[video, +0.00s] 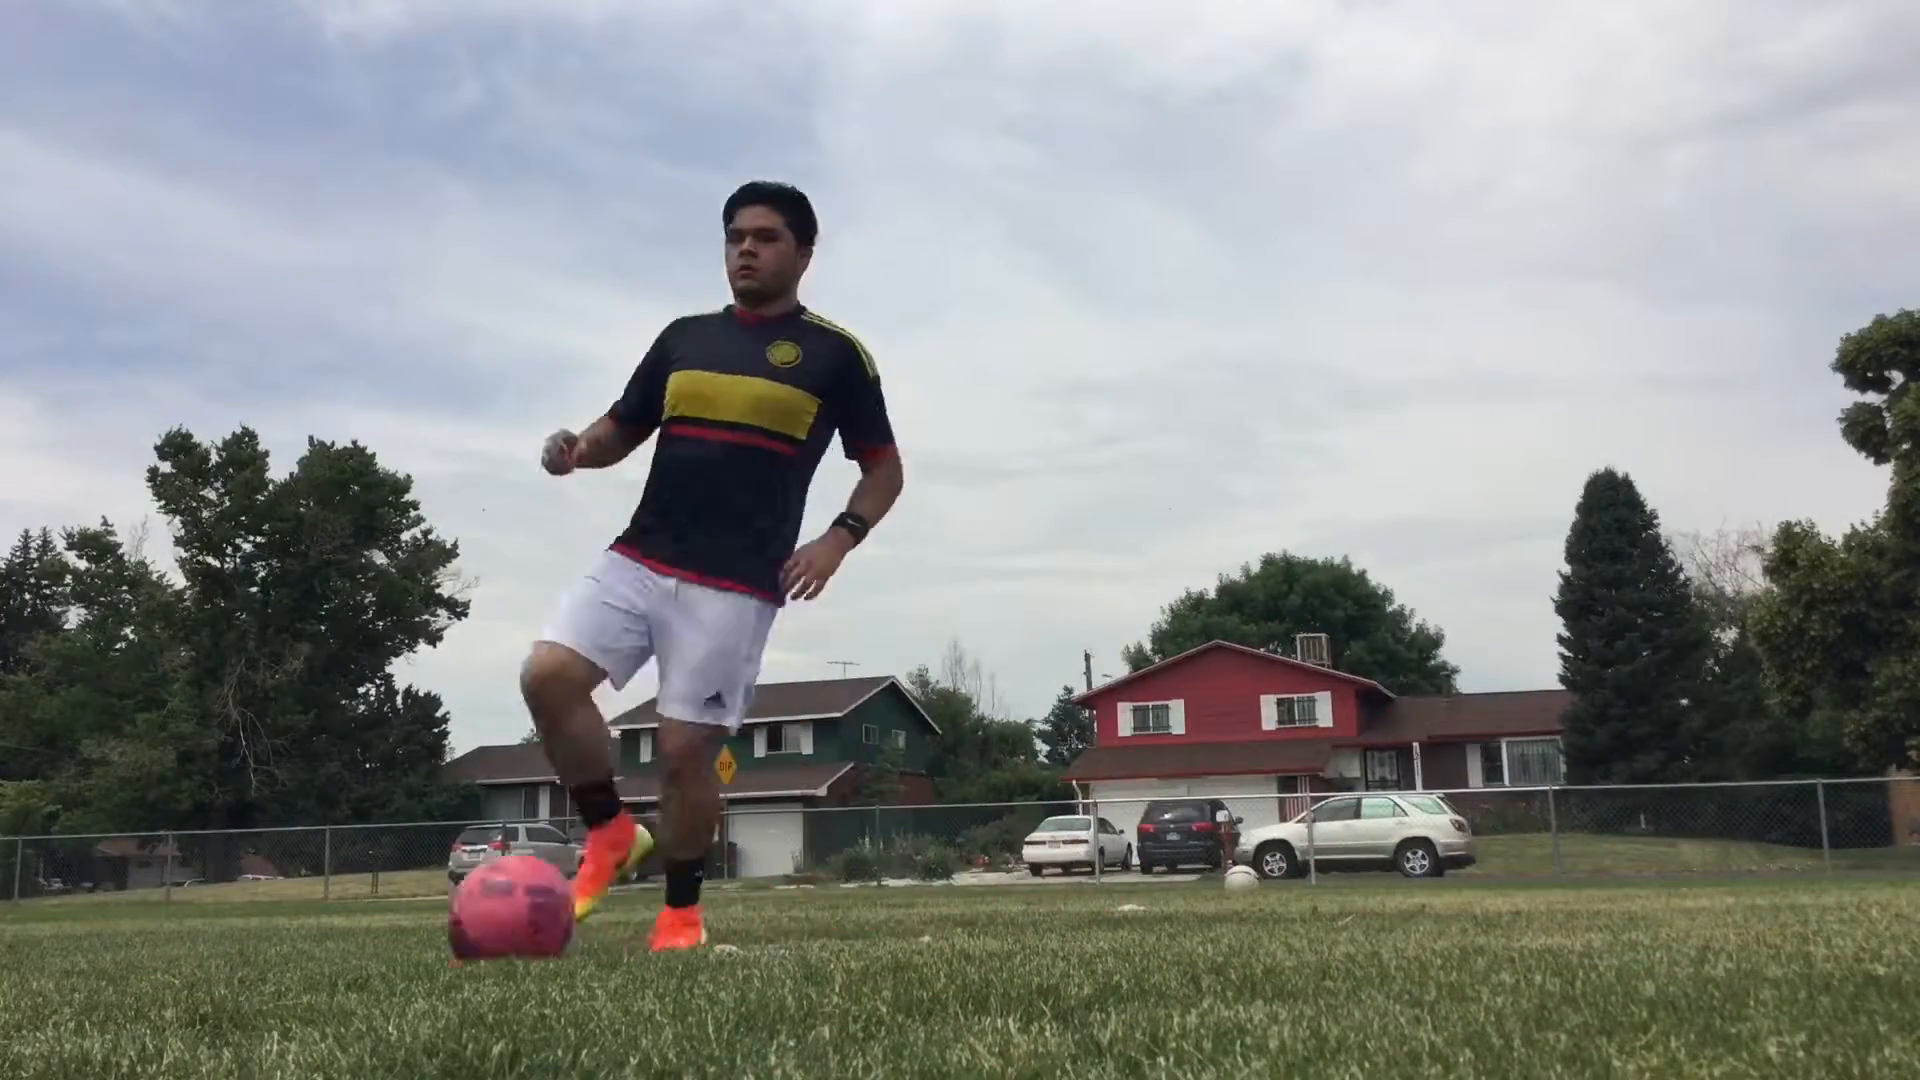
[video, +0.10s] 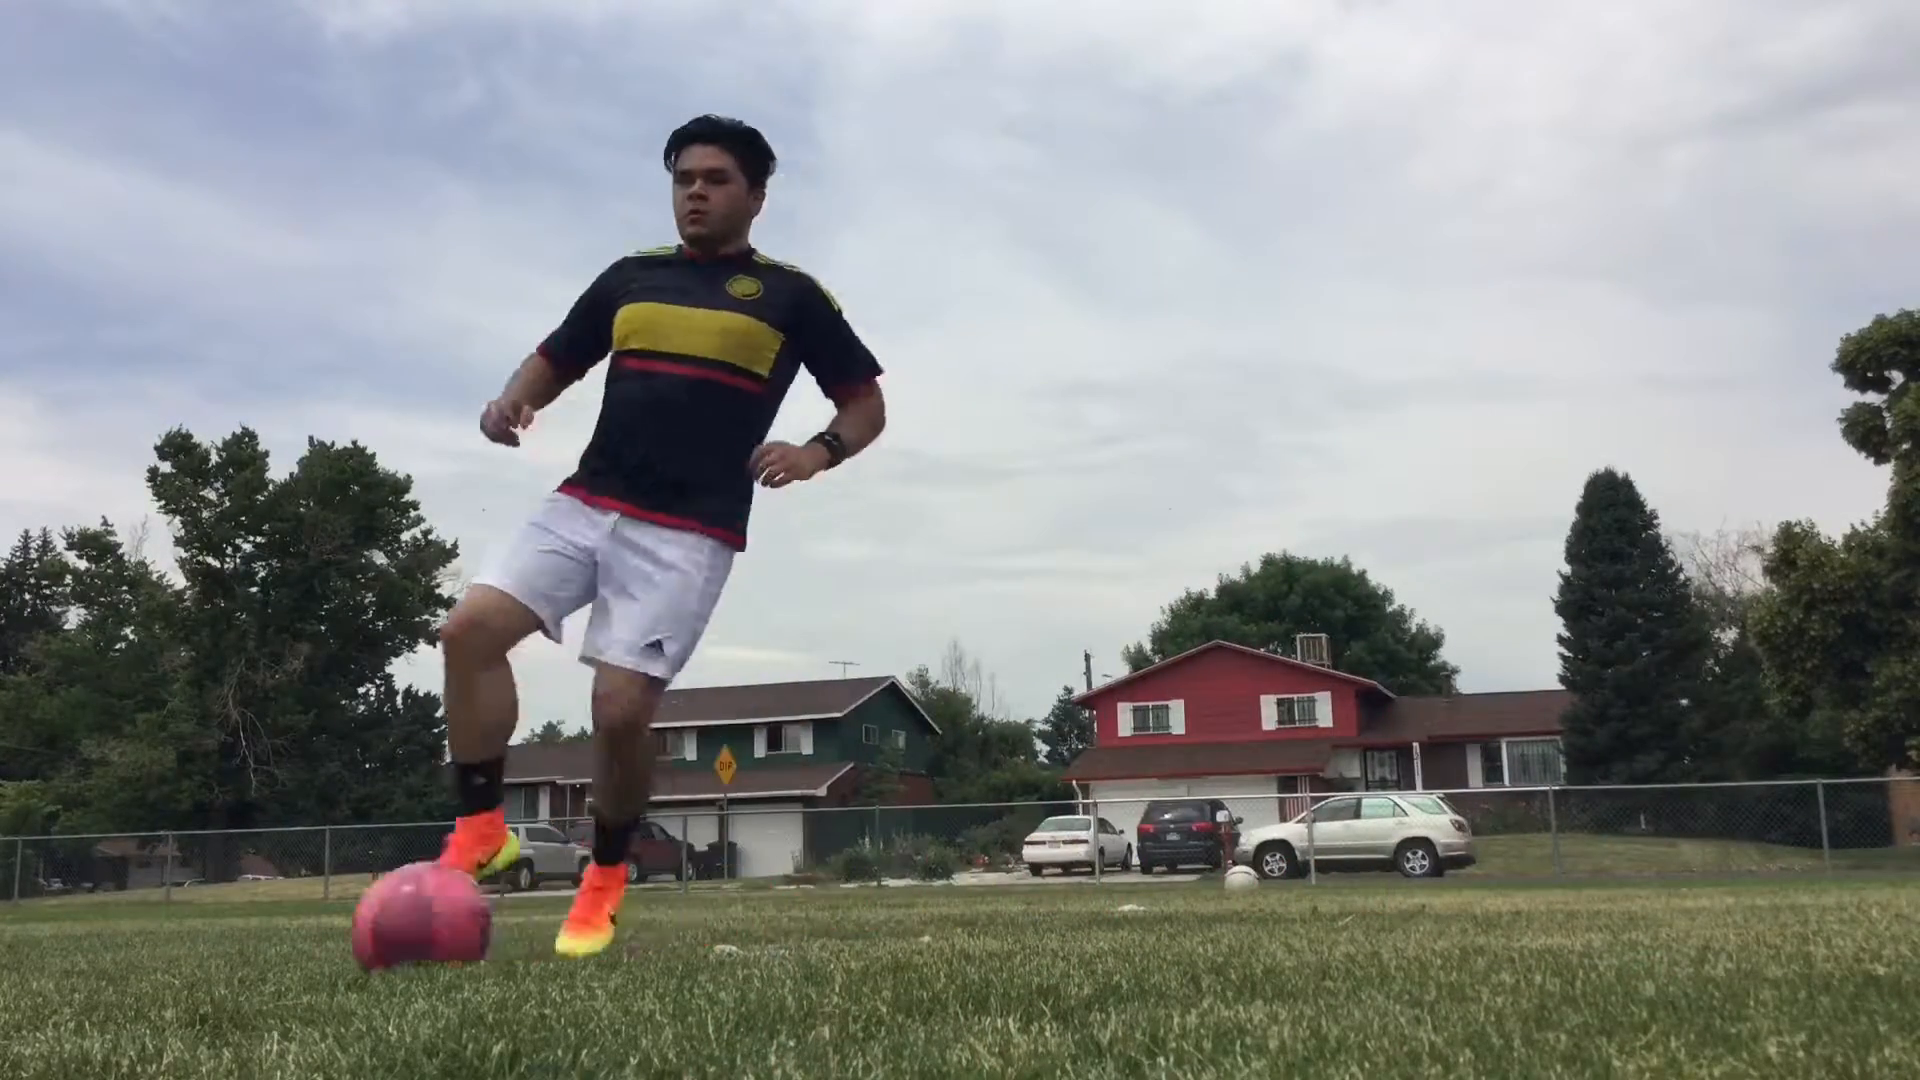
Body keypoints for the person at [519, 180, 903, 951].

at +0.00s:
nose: (746, 250)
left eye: (765, 238)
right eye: (737, 238)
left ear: (804, 253)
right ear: (724, 250)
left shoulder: (837, 356)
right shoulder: (682, 340)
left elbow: (885, 468)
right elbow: (622, 429)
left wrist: (837, 540)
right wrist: (578, 449)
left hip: (735, 581)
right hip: (641, 557)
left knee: (683, 751)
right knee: (548, 678)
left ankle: (680, 910)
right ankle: (610, 828)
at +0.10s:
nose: (696, 194)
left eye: (716, 180)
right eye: (684, 179)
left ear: (757, 194)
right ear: (670, 191)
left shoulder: (794, 298)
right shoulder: (628, 279)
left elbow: (867, 407)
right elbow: (555, 361)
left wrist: (819, 450)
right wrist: (512, 399)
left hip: (687, 531)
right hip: (588, 503)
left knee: (620, 710)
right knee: (470, 634)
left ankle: (604, 877)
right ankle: (480, 827)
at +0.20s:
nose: (640, 163)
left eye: (663, 148)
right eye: (629, 146)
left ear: (707, 163)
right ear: (614, 156)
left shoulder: (744, 281)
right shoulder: (567, 255)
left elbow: (813, 403)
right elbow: (491, 350)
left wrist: (775, 455)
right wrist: (426, 413)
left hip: (639, 535)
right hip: (526, 505)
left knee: (555, 721)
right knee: (404, 645)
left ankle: (469, 914)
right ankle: (318, 873)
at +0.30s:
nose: (577, 154)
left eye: (602, 140)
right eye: (565, 138)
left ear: (647, 161)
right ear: (550, 153)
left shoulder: (689, 288)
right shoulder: (500, 265)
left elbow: (746, 433)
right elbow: (441, 368)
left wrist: (699, 520)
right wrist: (354, 444)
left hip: (578, 561)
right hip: (458, 528)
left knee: (505, 760)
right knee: (346, 677)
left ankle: (447, 930)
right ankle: (218, 905)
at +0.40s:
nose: (520, 112)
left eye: (548, 96)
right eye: (505, 93)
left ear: (594, 120)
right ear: (485, 109)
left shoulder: (635, 251)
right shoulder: (434, 231)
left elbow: (691, 408)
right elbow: (385, 359)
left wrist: (636, 545)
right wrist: (305, 436)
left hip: (532, 553)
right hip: (398, 511)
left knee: (486, 803)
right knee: (296, 688)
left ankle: (461, 896)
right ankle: (204, 943)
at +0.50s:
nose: (490, 46)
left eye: (518, 30)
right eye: (472, 26)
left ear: (566, 60)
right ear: (451, 45)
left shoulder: (607, 209)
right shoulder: (376, 175)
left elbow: (660, 376)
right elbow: (291, 312)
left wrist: (621, 524)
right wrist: (240, 387)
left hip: (507, 530)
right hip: (344, 506)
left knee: (492, 740)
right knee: (234, 697)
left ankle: (498, 863)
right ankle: (193, 952)